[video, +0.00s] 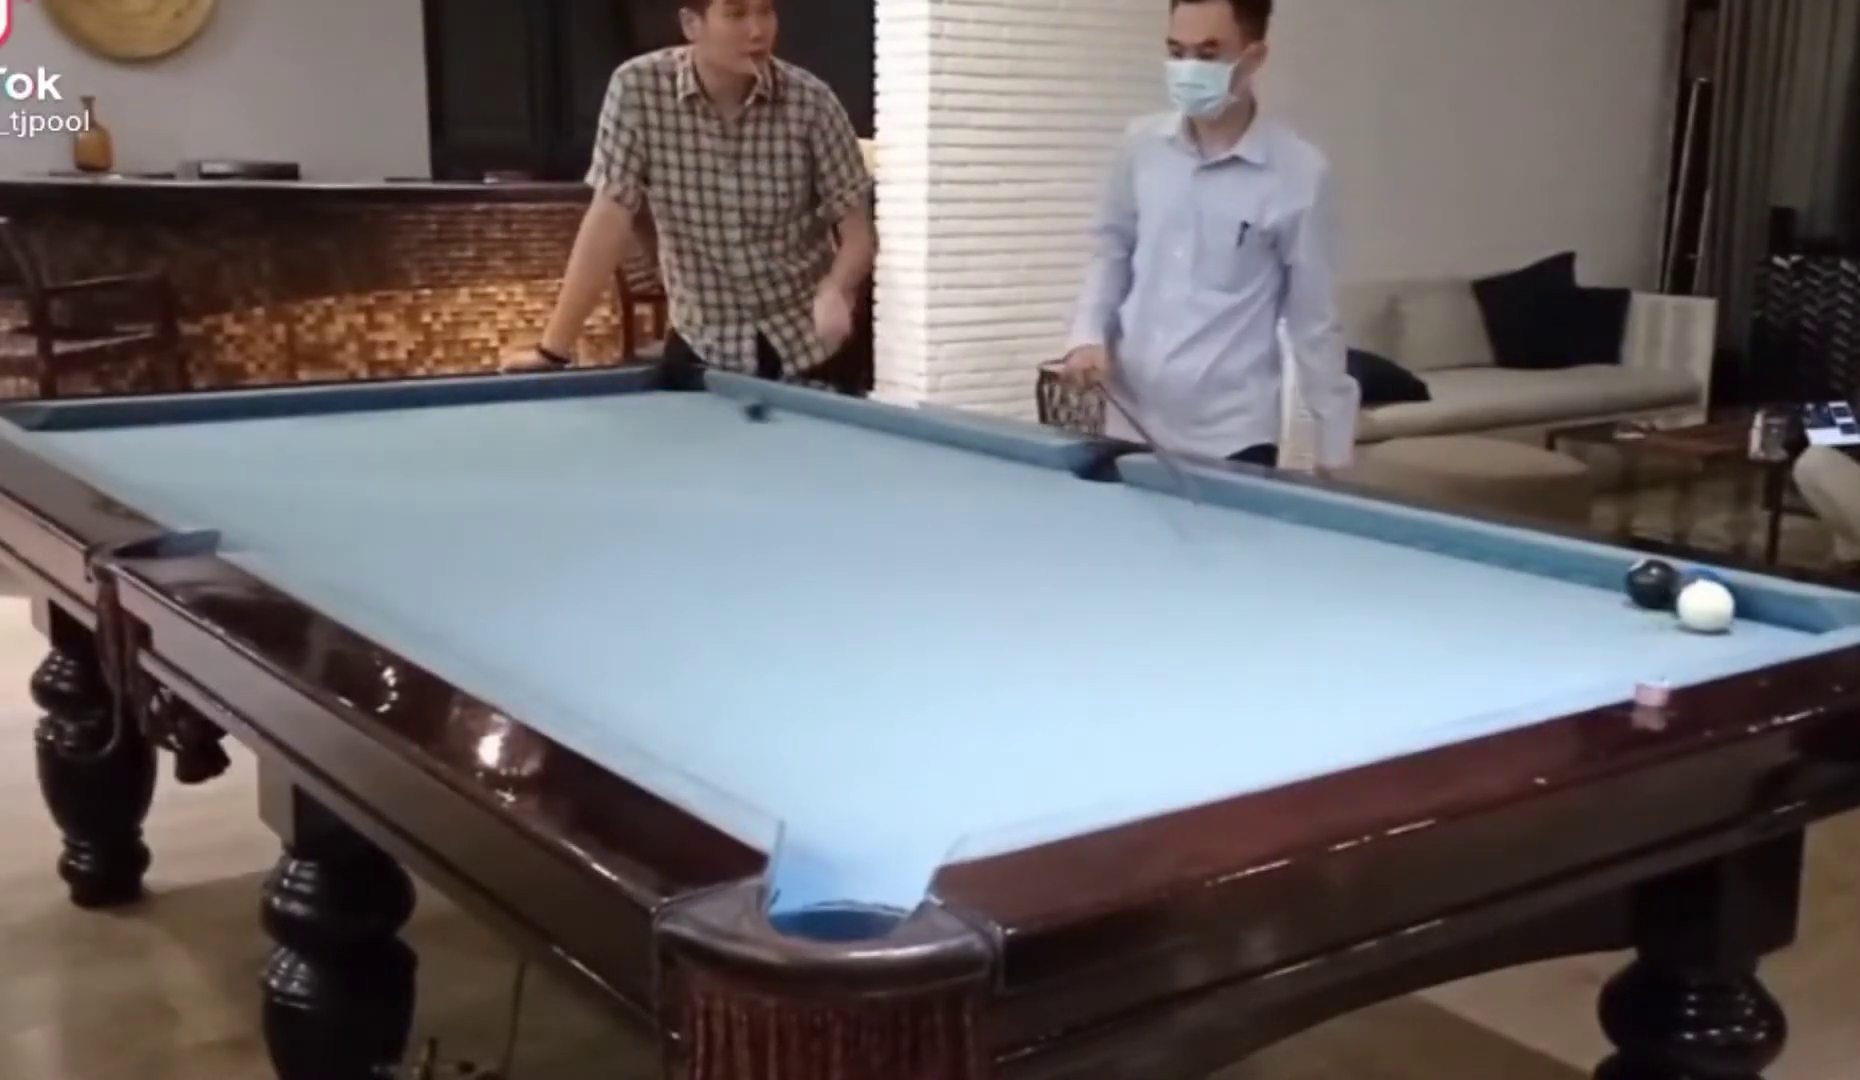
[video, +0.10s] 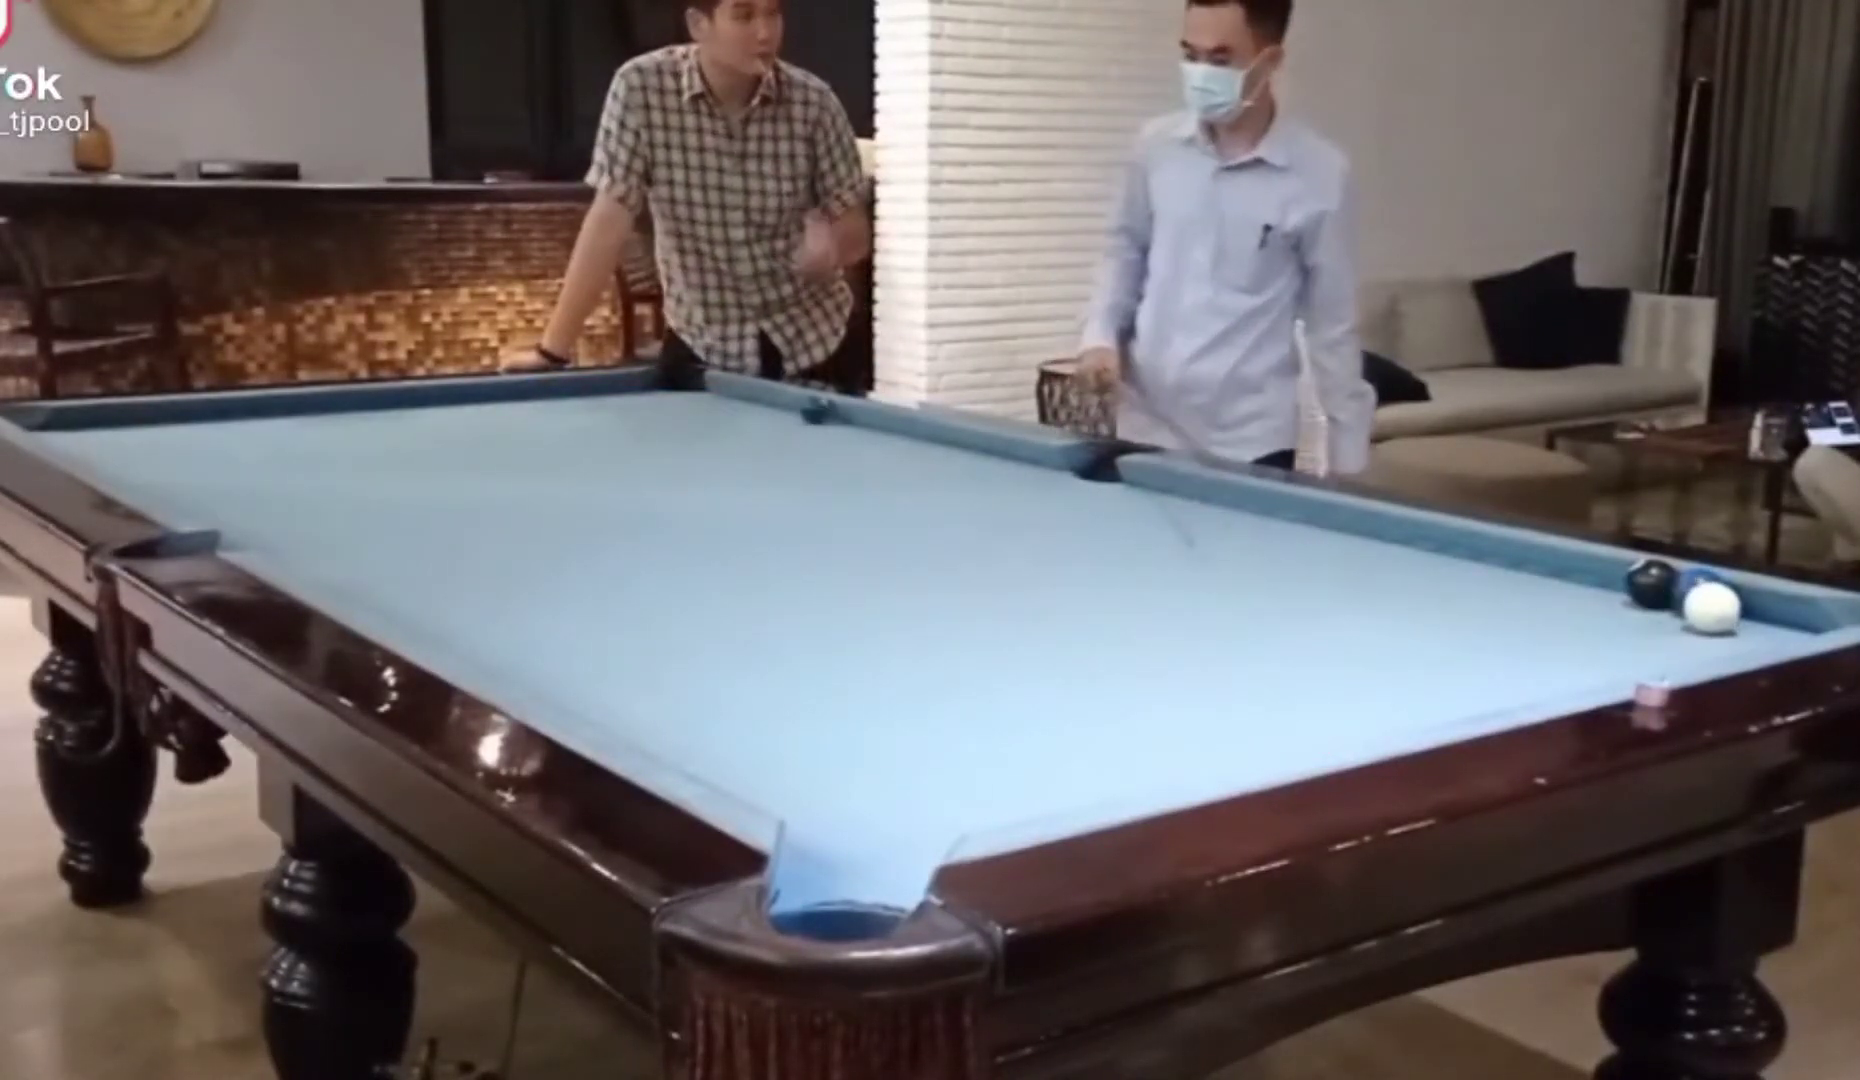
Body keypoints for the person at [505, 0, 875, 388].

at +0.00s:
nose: (757, 29)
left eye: (765, 13)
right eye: (737, 15)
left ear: (777, 19)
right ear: (691, 23)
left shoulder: (811, 101)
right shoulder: (638, 90)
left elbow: (858, 225)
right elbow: (610, 214)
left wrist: (836, 288)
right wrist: (553, 350)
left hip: (814, 342)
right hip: (701, 345)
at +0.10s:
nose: (766, 31)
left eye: (774, 14)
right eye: (745, 16)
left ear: (784, 19)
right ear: (698, 24)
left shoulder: (813, 102)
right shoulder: (642, 88)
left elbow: (858, 228)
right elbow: (610, 217)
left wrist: (832, 248)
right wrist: (552, 350)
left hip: (816, 336)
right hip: (702, 341)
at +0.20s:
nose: (772, 35)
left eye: (779, 17)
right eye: (751, 19)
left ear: (789, 21)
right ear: (704, 25)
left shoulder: (814, 100)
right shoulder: (645, 87)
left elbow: (852, 247)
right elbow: (610, 218)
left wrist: (820, 202)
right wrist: (552, 351)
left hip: (815, 333)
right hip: (701, 339)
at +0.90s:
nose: (767, 40)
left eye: (777, 23)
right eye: (746, 23)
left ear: (788, 26)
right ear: (703, 26)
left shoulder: (812, 101)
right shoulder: (649, 89)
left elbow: (845, 222)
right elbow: (612, 218)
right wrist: (552, 352)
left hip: (808, 335)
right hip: (701, 344)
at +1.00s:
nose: (762, 38)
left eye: (772, 20)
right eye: (741, 20)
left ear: (783, 25)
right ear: (697, 24)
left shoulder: (810, 101)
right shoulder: (646, 90)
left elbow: (839, 212)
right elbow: (611, 218)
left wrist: (842, 307)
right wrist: (552, 351)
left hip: (808, 338)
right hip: (702, 345)